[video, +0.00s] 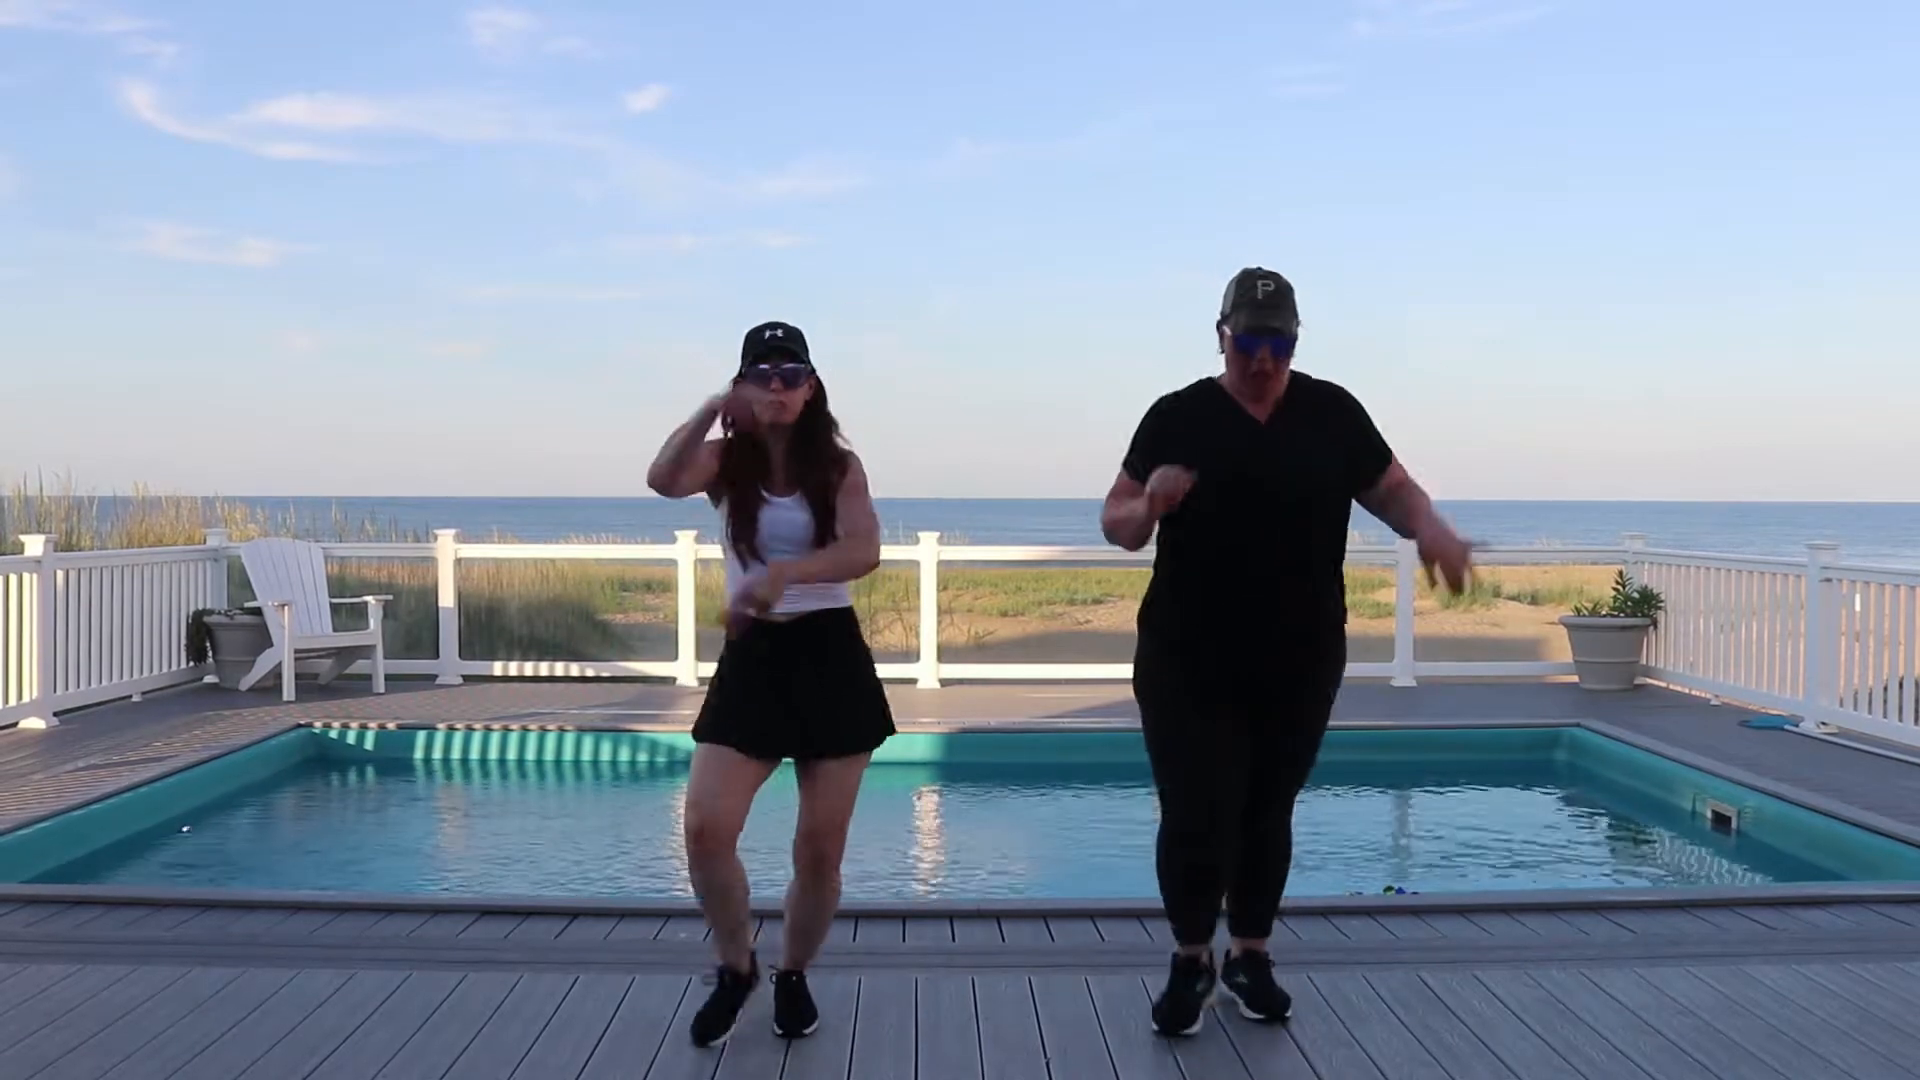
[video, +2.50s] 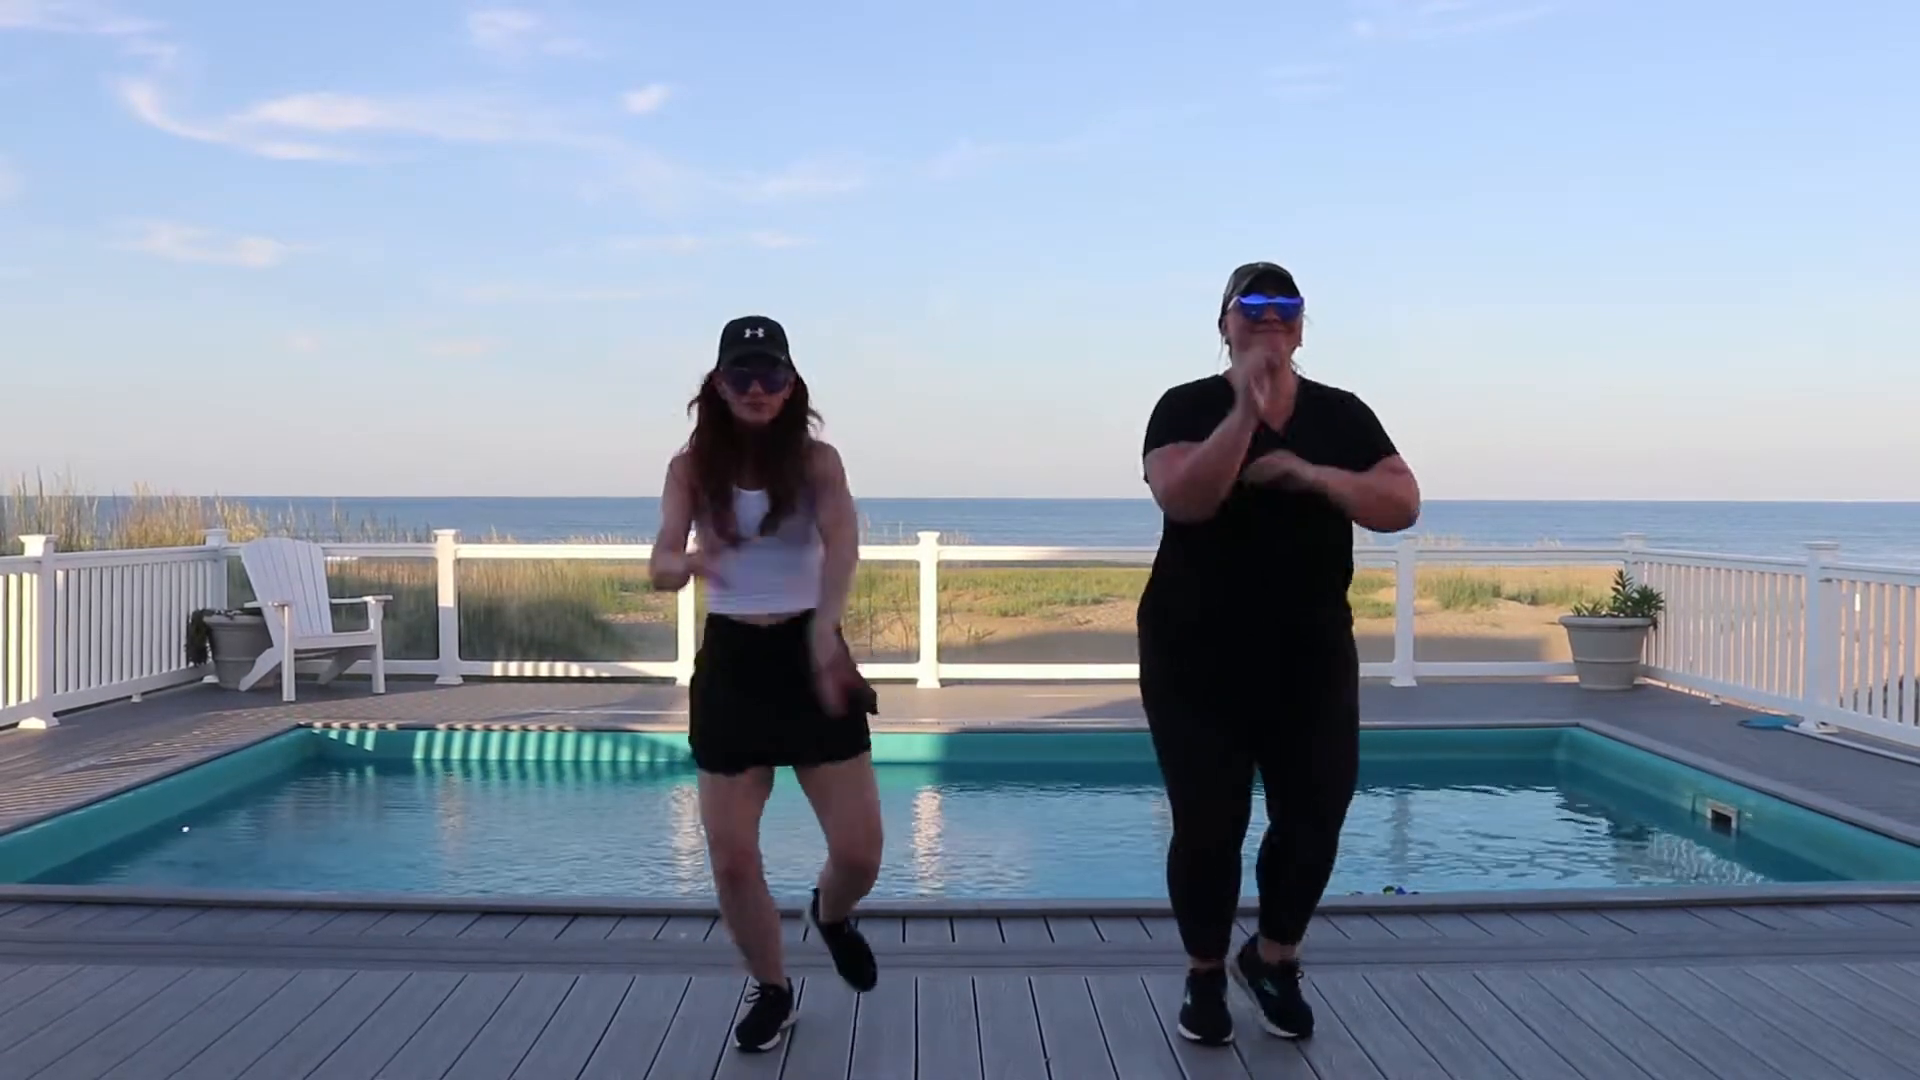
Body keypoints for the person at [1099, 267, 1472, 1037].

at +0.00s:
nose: (1264, 359)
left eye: (1278, 344)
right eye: (1249, 343)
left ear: (1296, 338)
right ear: (1223, 335)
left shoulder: (1333, 413)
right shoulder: (1176, 417)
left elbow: (1392, 490)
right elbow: (1120, 528)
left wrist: (1431, 527)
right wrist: (1148, 505)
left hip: (1298, 656)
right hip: (1189, 654)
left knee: (1268, 808)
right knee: (1194, 808)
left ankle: (1250, 956)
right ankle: (1192, 958)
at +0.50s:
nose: (1260, 357)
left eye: (1273, 344)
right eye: (1245, 343)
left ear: (1289, 338)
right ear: (1215, 336)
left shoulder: (1327, 401)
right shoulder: (1170, 416)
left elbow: (1377, 449)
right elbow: (1167, 514)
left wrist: (1377, 533)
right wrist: (1196, 404)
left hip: (1297, 647)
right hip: (1189, 651)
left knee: (1295, 808)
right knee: (1207, 813)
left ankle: (1257, 948)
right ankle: (1212, 979)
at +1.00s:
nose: (1260, 316)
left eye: (1273, 306)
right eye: (1244, 306)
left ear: (1291, 324)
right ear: (1218, 323)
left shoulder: (1327, 412)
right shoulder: (1181, 405)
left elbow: (1368, 494)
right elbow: (1167, 508)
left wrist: (1362, 387)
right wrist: (1284, 518)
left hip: (1293, 645)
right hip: (1184, 646)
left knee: (1303, 808)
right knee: (1193, 808)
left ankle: (1324, 978)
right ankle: (1198, 962)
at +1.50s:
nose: (1282, 312)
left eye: (1296, 303)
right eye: (1267, 302)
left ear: (1312, 318)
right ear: (1239, 317)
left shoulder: (1349, 401)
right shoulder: (1203, 392)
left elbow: (1385, 493)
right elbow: (1167, 491)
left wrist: (1372, 381)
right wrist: (1288, 511)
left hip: (1323, 640)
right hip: (1211, 641)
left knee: (1324, 804)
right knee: (1217, 803)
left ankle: (1307, 963)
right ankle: (1218, 946)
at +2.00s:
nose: (1282, 326)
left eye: (1294, 314)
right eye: (1265, 315)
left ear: (1311, 325)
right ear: (1236, 327)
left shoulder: (1350, 401)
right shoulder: (1201, 409)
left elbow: (1404, 481)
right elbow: (1219, 481)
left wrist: (1304, 493)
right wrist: (1227, 365)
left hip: (1321, 653)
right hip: (1209, 656)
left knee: (1353, 792)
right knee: (1225, 817)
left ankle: (1286, 937)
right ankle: (1225, 985)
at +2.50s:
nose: (1270, 325)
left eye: (1284, 314)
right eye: (1254, 314)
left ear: (1302, 328)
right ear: (1225, 326)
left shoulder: (1342, 413)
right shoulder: (1184, 408)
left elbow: (1401, 502)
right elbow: (1182, 499)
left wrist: (1309, 473)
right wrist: (1246, 410)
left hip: (1311, 652)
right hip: (1198, 652)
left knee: (1315, 813)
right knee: (1207, 821)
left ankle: (1275, 957)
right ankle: (1206, 970)